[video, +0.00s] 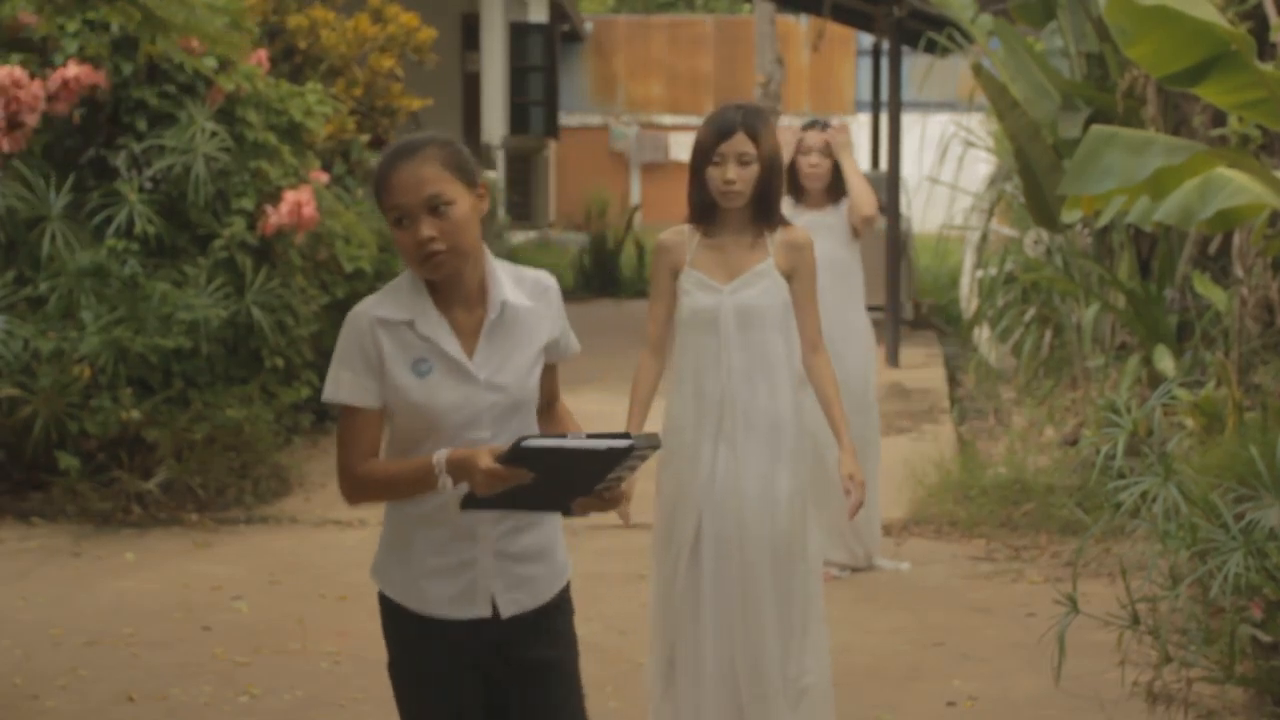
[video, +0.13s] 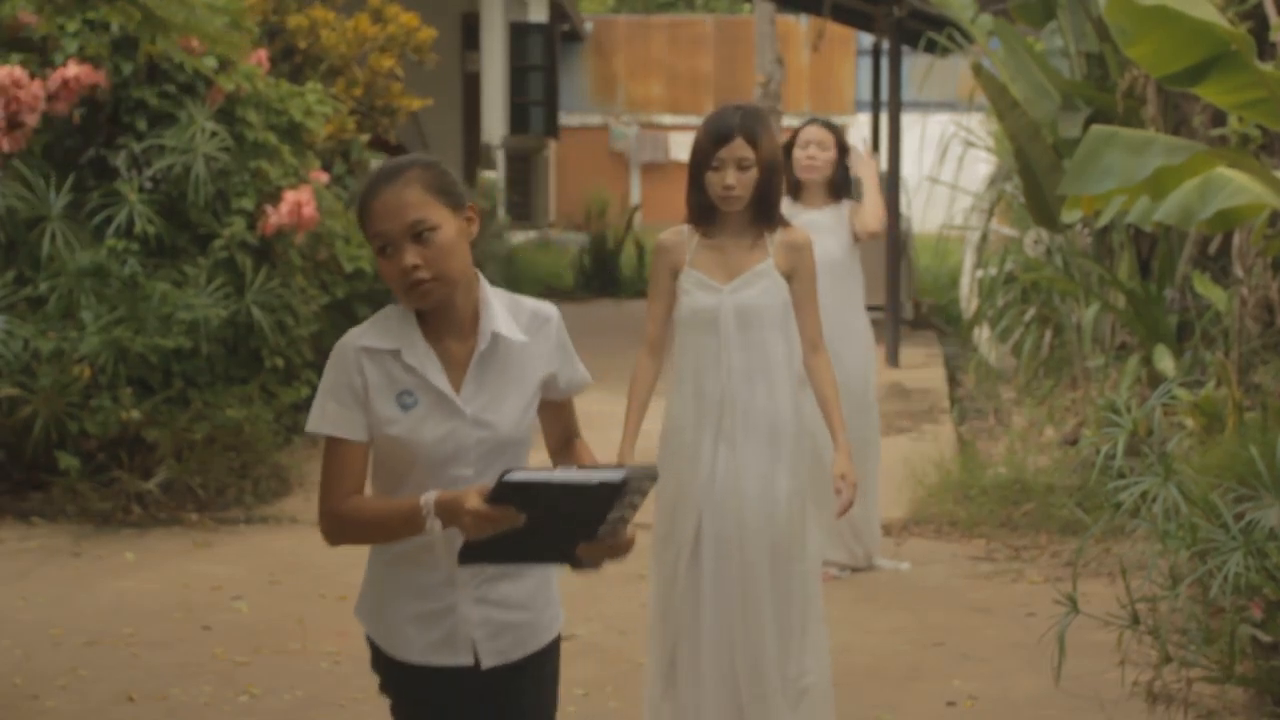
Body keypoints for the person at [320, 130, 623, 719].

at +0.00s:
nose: (424, 234)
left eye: (439, 208)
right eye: (402, 220)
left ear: (481, 199)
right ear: (388, 231)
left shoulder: (539, 296)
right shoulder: (373, 325)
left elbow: (550, 407)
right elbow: (356, 480)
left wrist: (593, 472)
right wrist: (453, 466)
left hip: (534, 586)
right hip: (428, 598)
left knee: (556, 713)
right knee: (444, 714)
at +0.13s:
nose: (408, 262)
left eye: (423, 234)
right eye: (387, 249)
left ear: (470, 223)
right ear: (375, 261)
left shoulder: (537, 326)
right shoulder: (361, 355)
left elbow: (568, 444)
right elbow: (337, 518)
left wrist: (605, 517)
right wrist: (442, 509)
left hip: (522, 619)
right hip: (415, 629)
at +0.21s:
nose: (401, 270)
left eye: (417, 242)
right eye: (381, 257)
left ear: (468, 227)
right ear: (369, 267)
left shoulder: (544, 349)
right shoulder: (354, 364)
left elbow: (579, 483)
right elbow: (321, 526)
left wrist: (599, 569)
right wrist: (408, 531)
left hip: (512, 649)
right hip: (395, 657)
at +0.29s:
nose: (378, 269)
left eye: (395, 242)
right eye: (361, 256)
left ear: (456, 228)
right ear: (352, 266)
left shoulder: (539, 362)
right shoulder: (340, 366)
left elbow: (583, 507)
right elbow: (306, 521)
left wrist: (588, 588)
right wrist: (353, 550)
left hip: (498, 670)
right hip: (373, 671)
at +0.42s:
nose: (315, 250)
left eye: (334, 221)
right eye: (303, 234)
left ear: (407, 212)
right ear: (296, 245)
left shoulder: (499, 356)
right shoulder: (298, 351)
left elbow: (561, 524)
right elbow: (276, 494)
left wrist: (508, 607)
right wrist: (273, 553)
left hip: (462, 684)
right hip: (331, 681)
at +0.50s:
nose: (259, 246)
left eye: (281, 217)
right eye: (250, 230)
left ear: (359, 210)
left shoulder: (451, 359)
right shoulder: (255, 355)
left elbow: (516, 546)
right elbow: (248, 497)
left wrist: (433, 622)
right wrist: (232, 558)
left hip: (428, 690)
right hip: (292, 684)